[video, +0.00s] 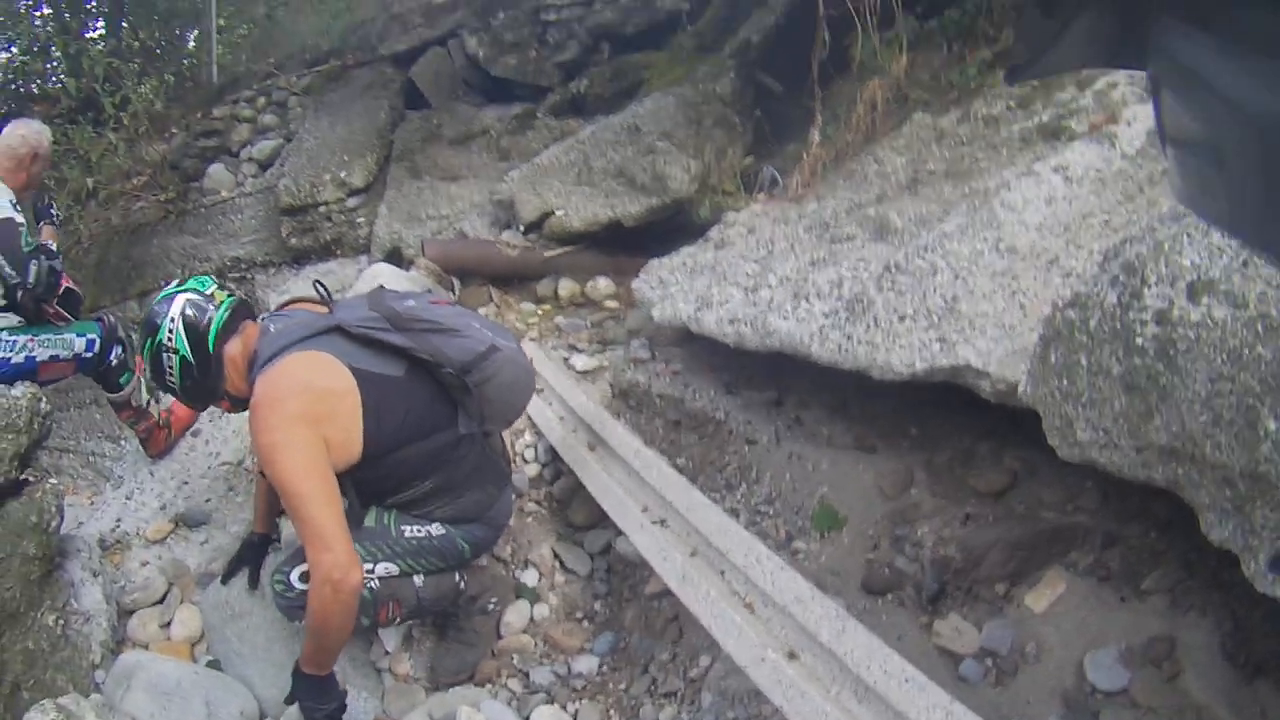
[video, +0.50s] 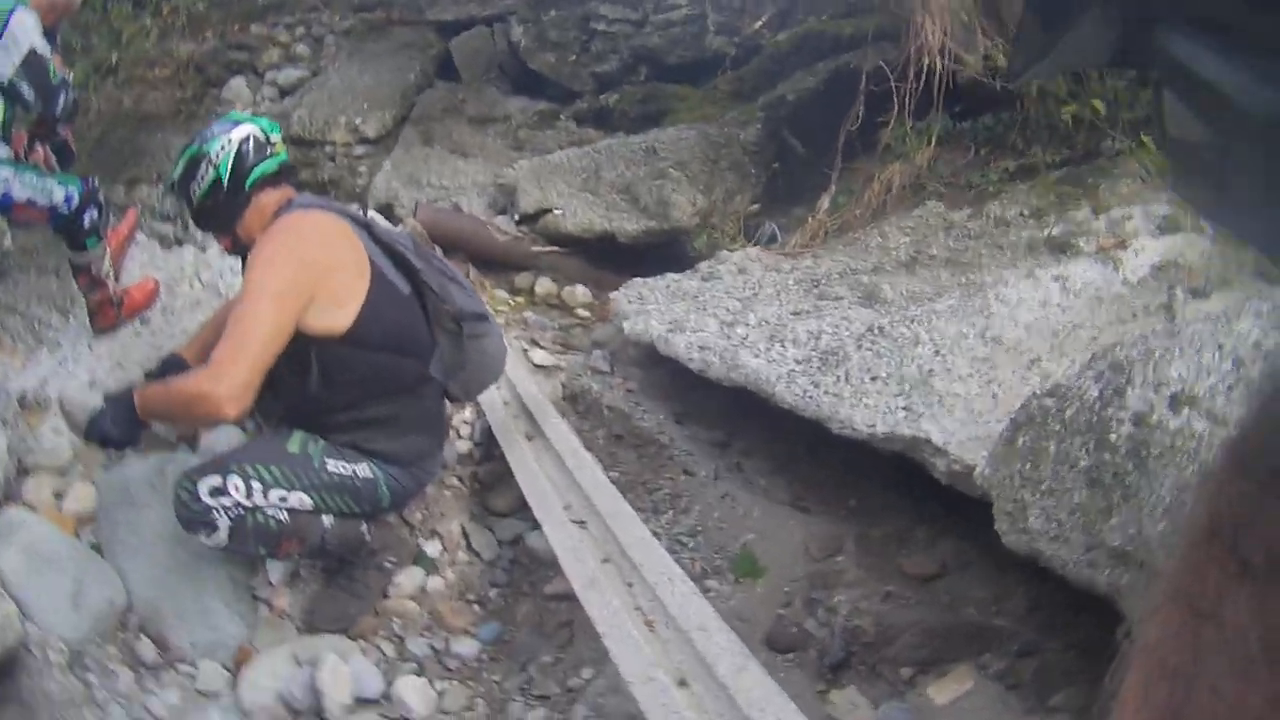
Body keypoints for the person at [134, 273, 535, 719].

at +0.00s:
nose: (217, 404)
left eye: (206, 392)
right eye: (204, 396)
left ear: (209, 369)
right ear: (235, 314)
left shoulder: (279, 413)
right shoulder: (298, 311)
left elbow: (341, 575)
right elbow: (279, 442)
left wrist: (314, 676)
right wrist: (261, 531)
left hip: (458, 519)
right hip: (469, 443)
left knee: (290, 585)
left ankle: (462, 592)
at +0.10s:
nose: (219, 390)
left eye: (207, 377)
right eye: (207, 381)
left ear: (214, 358)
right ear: (249, 304)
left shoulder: (286, 393)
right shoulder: (308, 311)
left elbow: (329, 562)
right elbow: (274, 441)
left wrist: (287, 658)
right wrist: (255, 531)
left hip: (460, 523)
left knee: (288, 584)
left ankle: (460, 603)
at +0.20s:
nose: (261, 408)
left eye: (251, 395)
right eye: (251, 398)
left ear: (257, 380)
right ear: (296, 323)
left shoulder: (323, 408)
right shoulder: (346, 342)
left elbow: (345, 578)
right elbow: (299, 458)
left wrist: (281, 663)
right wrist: (271, 554)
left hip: (485, 565)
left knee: (317, 626)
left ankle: (478, 637)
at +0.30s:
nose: (271, 405)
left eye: (262, 390)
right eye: (258, 395)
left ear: (270, 362)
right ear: (309, 328)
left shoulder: (335, 404)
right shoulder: (352, 357)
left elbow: (323, 563)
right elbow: (297, 456)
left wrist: (237, 629)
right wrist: (252, 539)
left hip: (481, 576)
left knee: (303, 622)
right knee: (313, 475)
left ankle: (472, 650)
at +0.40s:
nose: (237, 319)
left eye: (226, 302)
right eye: (225, 308)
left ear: (238, 278)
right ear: (275, 243)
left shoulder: (308, 315)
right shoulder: (322, 274)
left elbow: (270, 474)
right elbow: (271, 370)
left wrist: (175, 517)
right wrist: (215, 442)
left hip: (434, 507)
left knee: (261, 560)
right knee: (280, 405)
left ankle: (424, 588)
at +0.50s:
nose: (216, 240)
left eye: (210, 222)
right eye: (207, 226)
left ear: (230, 200)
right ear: (266, 180)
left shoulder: (292, 245)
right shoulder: (305, 221)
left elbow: (224, 396)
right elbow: (245, 310)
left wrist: (135, 406)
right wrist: (177, 367)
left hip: (380, 458)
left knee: (204, 501)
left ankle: (363, 542)